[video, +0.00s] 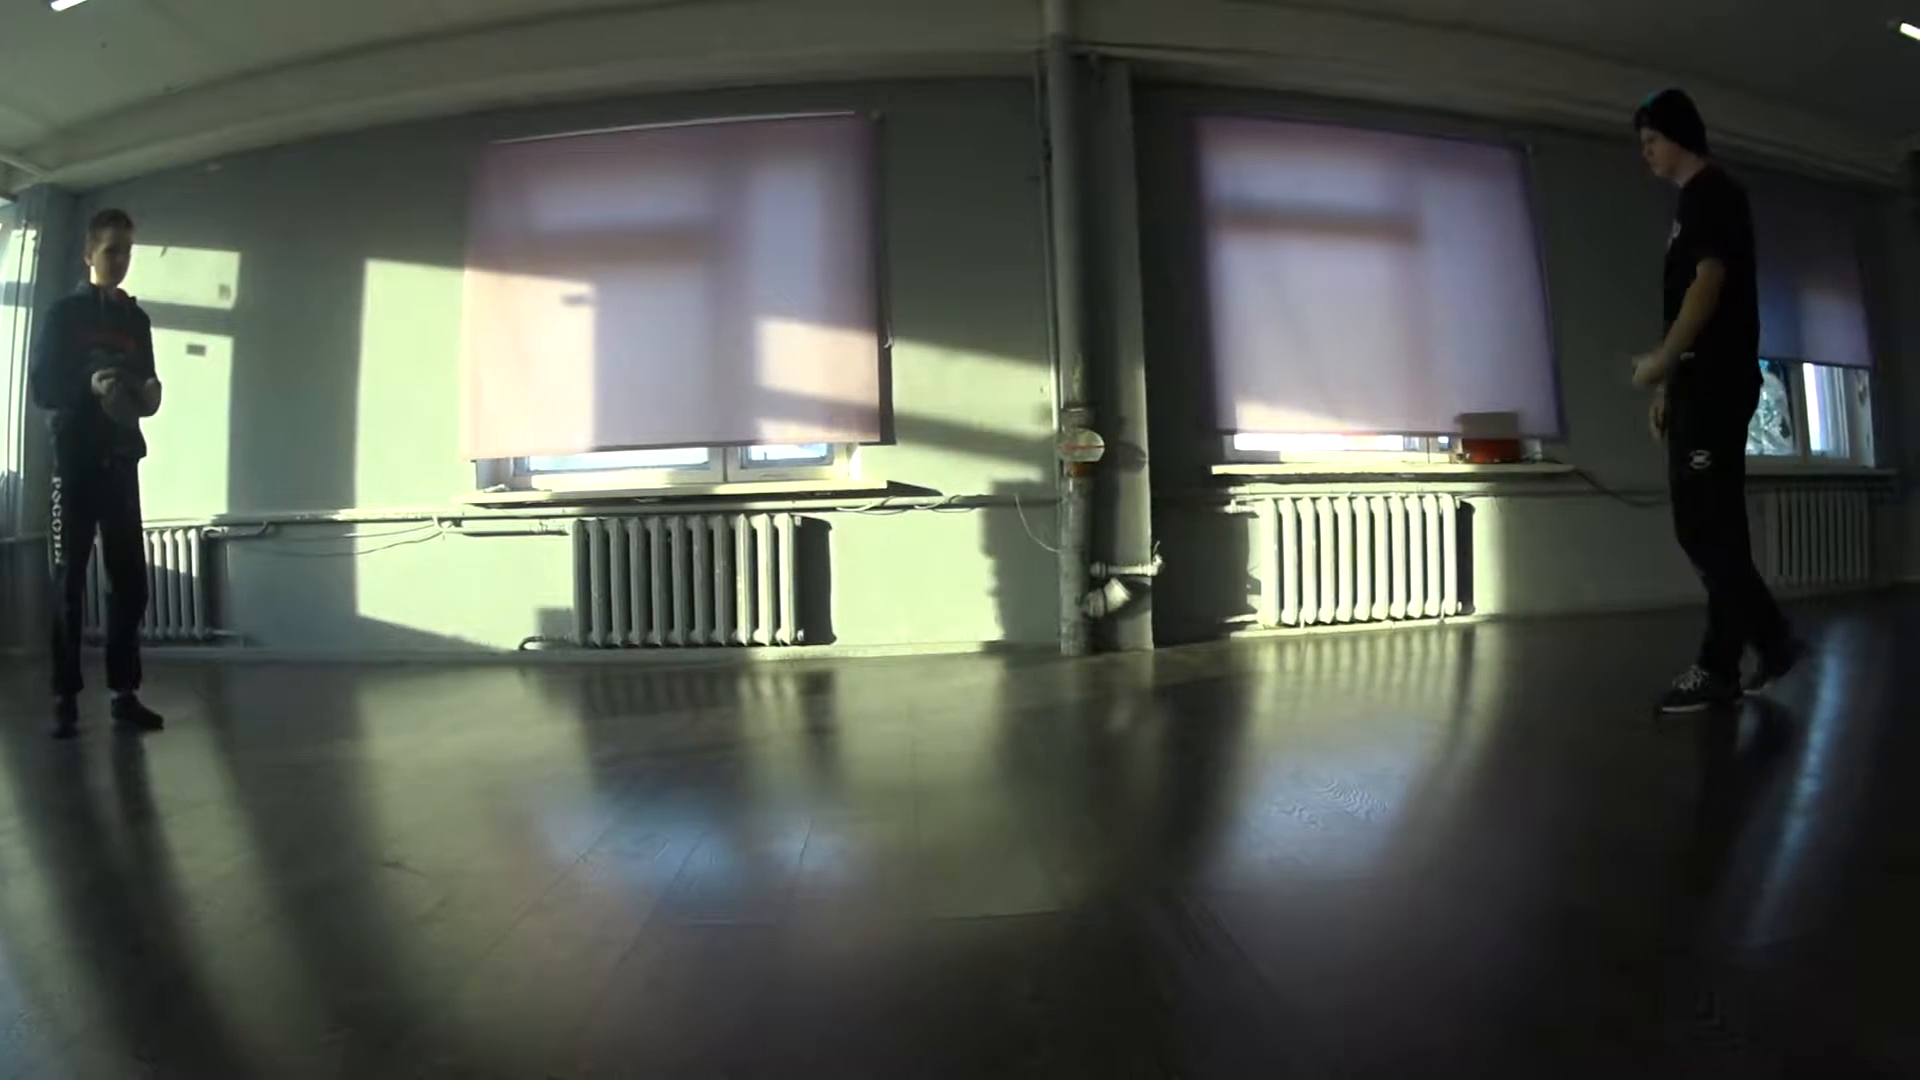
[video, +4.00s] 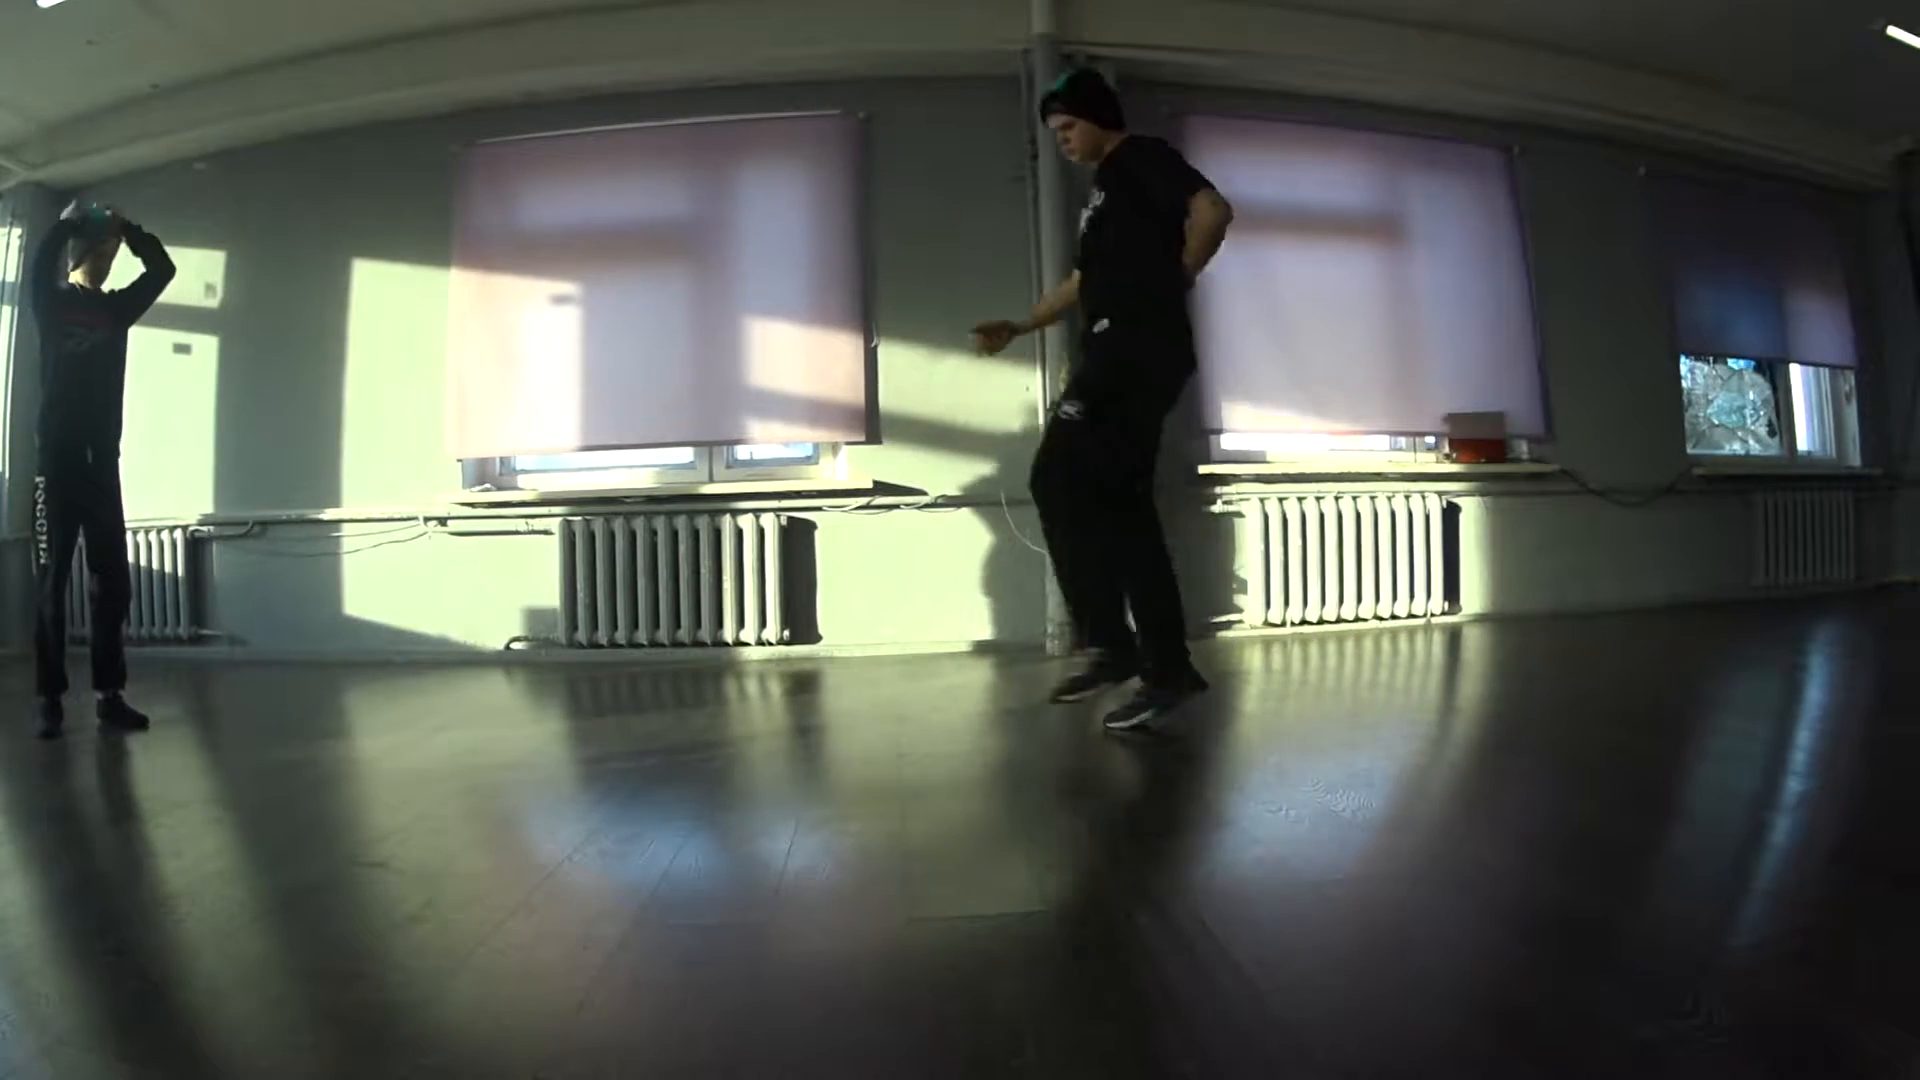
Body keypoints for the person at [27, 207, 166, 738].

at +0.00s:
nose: (120, 258)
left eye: (126, 250)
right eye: (111, 249)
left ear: (133, 253)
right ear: (89, 252)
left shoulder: (135, 317)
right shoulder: (64, 311)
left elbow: (151, 396)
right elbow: (42, 390)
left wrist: (139, 397)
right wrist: (88, 389)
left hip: (121, 458)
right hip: (76, 457)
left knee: (130, 578)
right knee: (71, 578)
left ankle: (125, 696)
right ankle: (65, 700)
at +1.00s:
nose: (111, 259)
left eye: (117, 250)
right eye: (102, 250)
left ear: (124, 254)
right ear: (82, 253)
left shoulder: (132, 315)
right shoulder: (59, 312)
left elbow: (148, 388)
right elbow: (38, 392)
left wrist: (130, 411)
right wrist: (81, 389)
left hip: (116, 457)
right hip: (70, 457)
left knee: (124, 576)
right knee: (64, 576)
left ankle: (121, 696)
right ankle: (62, 699)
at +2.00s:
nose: (109, 255)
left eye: (115, 246)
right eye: (101, 246)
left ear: (122, 252)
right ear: (80, 253)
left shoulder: (133, 315)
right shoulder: (60, 308)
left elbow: (147, 397)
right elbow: (35, 381)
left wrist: (128, 364)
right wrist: (79, 355)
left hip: (112, 458)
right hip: (65, 456)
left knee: (118, 576)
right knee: (59, 577)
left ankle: (117, 696)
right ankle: (58, 700)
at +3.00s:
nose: (107, 261)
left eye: (115, 252)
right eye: (99, 251)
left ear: (122, 257)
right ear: (81, 254)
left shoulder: (128, 311)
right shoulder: (56, 304)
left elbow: (174, 281)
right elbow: (33, 280)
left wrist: (135, 250)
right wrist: (62, 239)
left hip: (108, 456)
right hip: (61, 454)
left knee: (117, 579)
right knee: (57, 576)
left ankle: (114, 697)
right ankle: (54, 701)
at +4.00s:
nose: (108, 261)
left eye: (112, 253)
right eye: (101, 251)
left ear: (111, 256)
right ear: (78, 252)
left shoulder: (117, 307)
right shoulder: (50, 301)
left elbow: (162, 271)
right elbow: (40, 264)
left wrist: (129, 229)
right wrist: (67, 223)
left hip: (103, 454)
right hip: (57, 451)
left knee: (113, 579)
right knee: (54, 575)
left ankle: (111, 697)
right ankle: (50, 702)